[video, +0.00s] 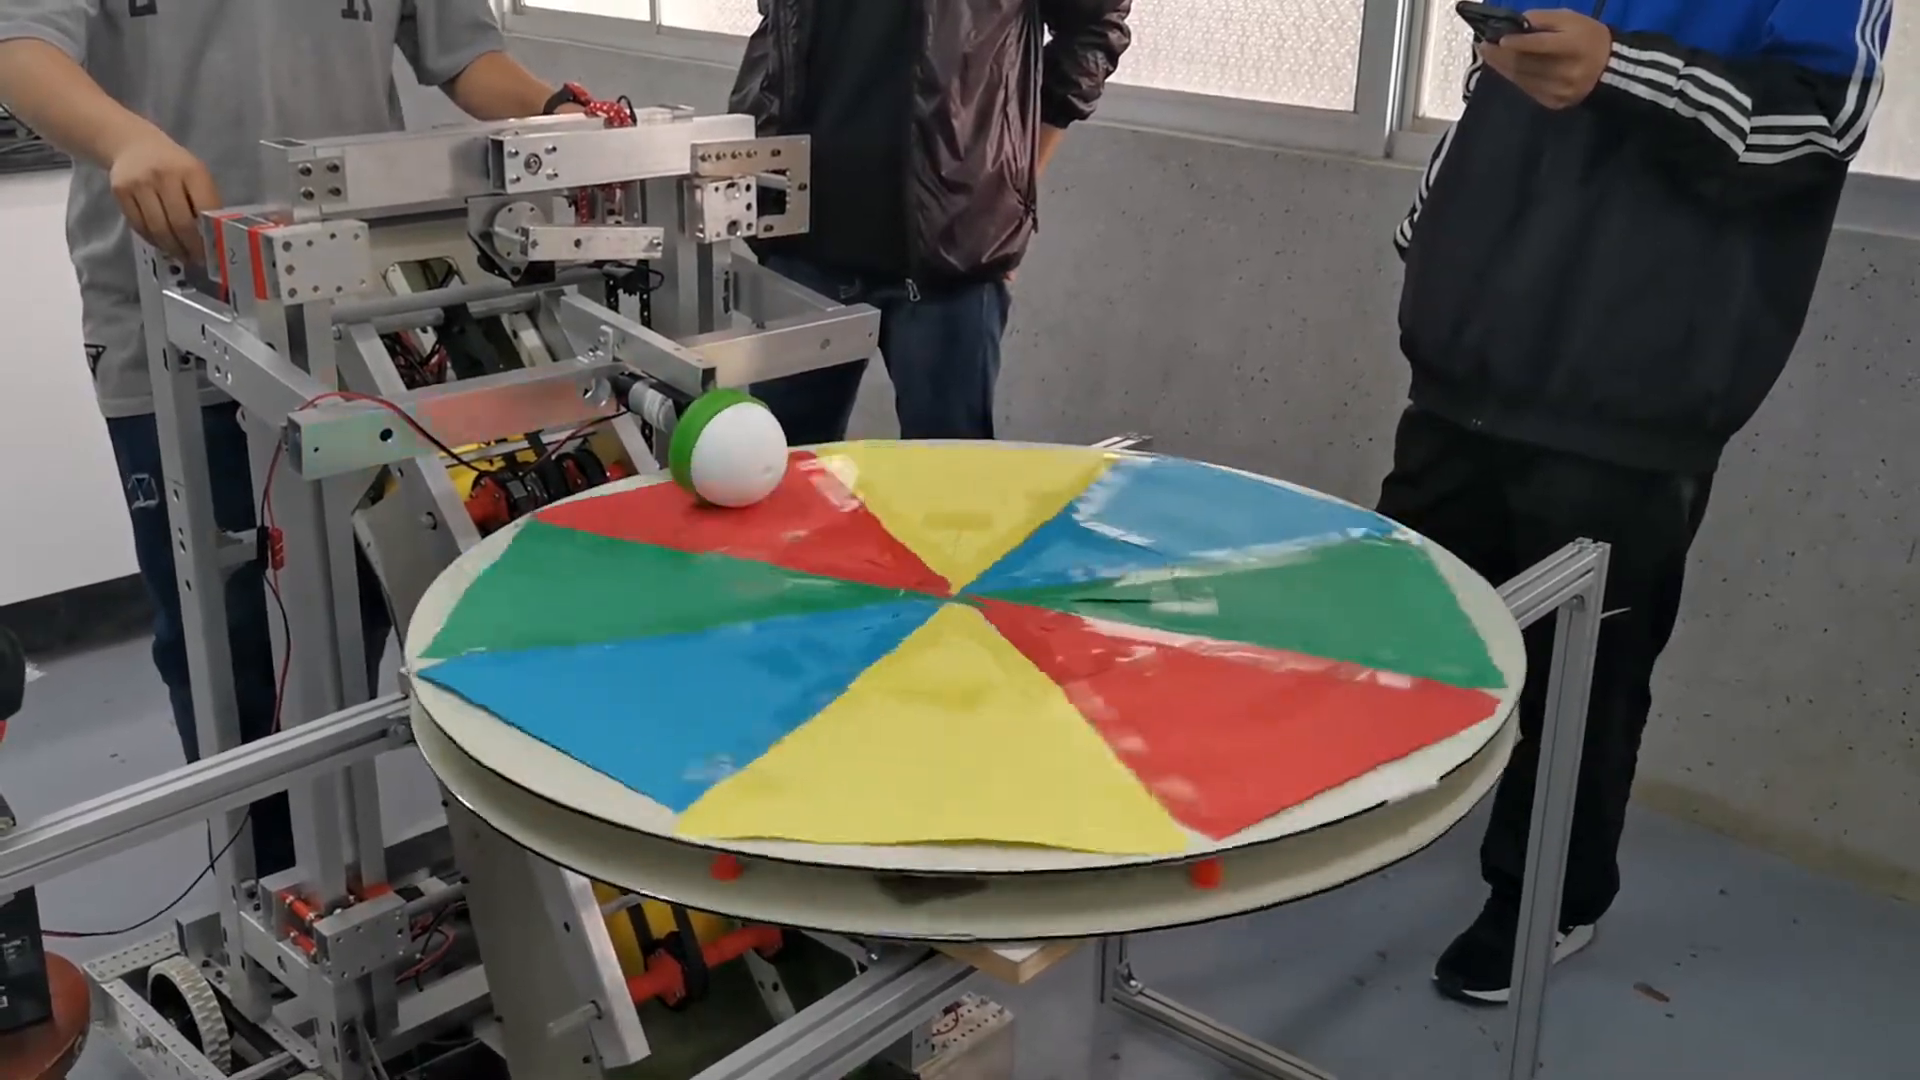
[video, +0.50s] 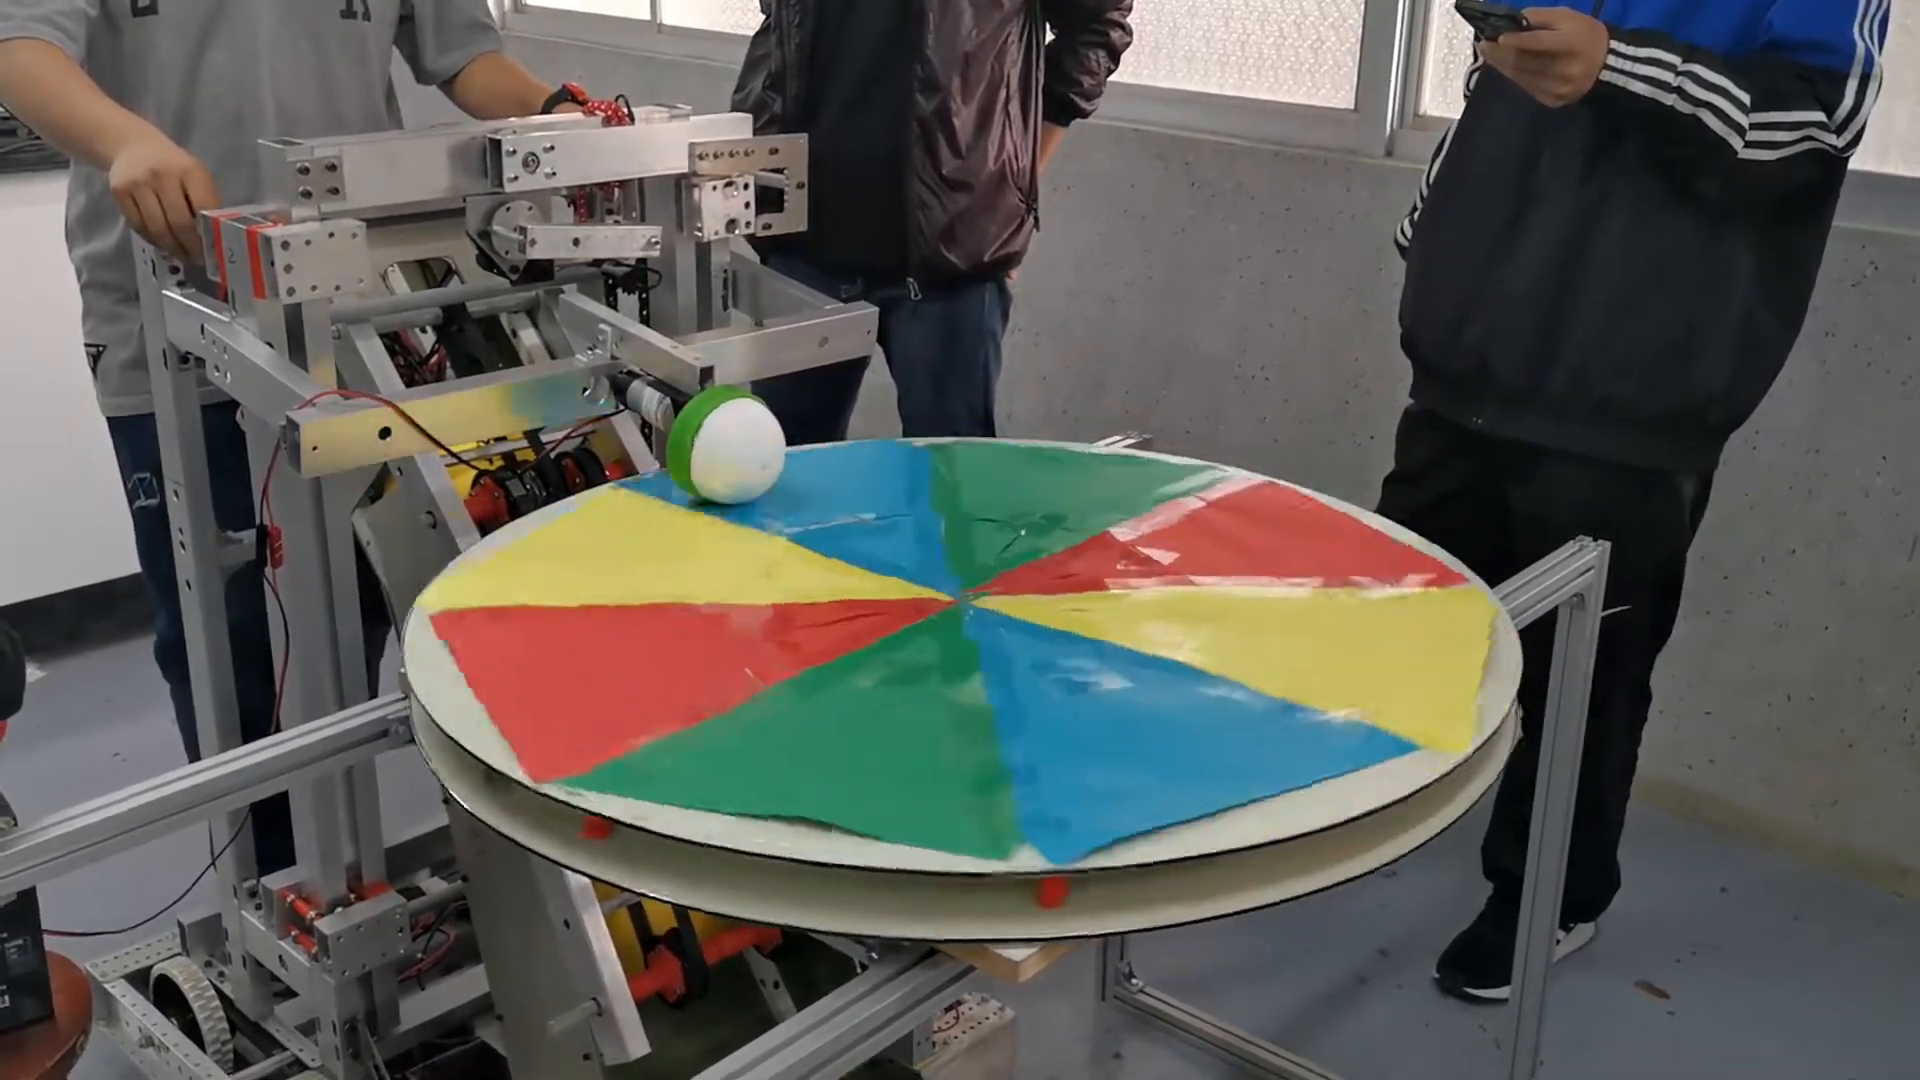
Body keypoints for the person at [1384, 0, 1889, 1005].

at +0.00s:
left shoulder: (1826, 9)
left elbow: (1818, 125)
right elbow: (1501, 77)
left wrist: (1614, 67)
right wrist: (1425, 239)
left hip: (1649, 361)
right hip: (1485, 315)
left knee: (1585, 657)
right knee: (1407, 600)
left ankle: (1547, 897)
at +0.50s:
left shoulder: (1824, 8)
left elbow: (1813, 129)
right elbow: (1503, 68)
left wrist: (1612, 64)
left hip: (1648, 358)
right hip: (1484, 311)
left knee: (1584, 654)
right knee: (1406, 603)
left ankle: (1550, 893)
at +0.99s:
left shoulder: (1821, 8)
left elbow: (1812, 122)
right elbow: (1502, 58)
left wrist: (1611, 60)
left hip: (1647, 353)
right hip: (1482, 306)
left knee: (1585, 650)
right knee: (1409, 598)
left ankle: (1551, 890)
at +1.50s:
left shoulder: (1830, 9)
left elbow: (1821, 120)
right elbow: (1509, 36)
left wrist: (1618, 56)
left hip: (1655, 352)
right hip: (1489, 304)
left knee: (1590, 650)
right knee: (1415, 596)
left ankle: (1555, 891)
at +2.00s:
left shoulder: (1839, 8)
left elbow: (1829, 118)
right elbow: (1514, 67)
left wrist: (1629, 56)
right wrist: (1437, 235)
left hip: (1660, 356)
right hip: (1495, 309)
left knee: (1596, 654)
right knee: (1417, 598)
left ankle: (1557, 891)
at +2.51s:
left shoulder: (1854, 11)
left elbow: (1846, 115)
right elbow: (1521, 27)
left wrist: (1644, 53)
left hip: (1675, 346)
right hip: (1506, 299)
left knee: (1607, 648)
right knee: (1431, 592)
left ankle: (1567, 893)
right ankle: (1353, 821)